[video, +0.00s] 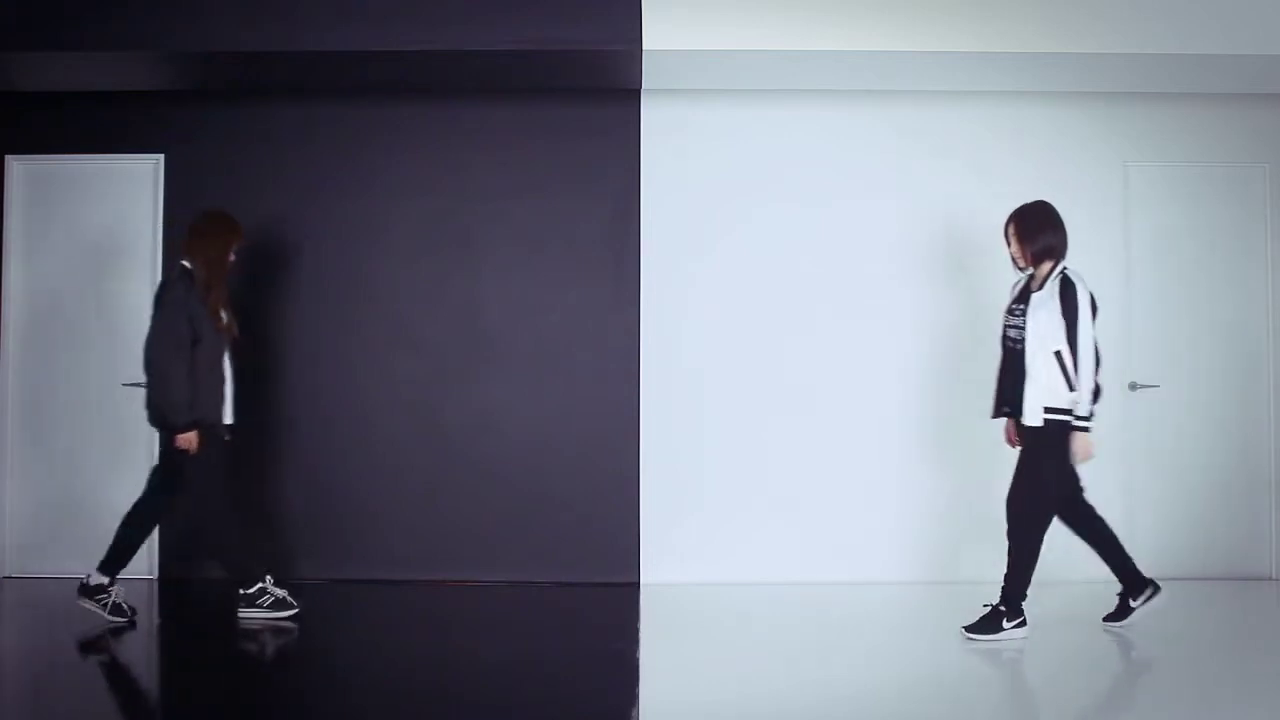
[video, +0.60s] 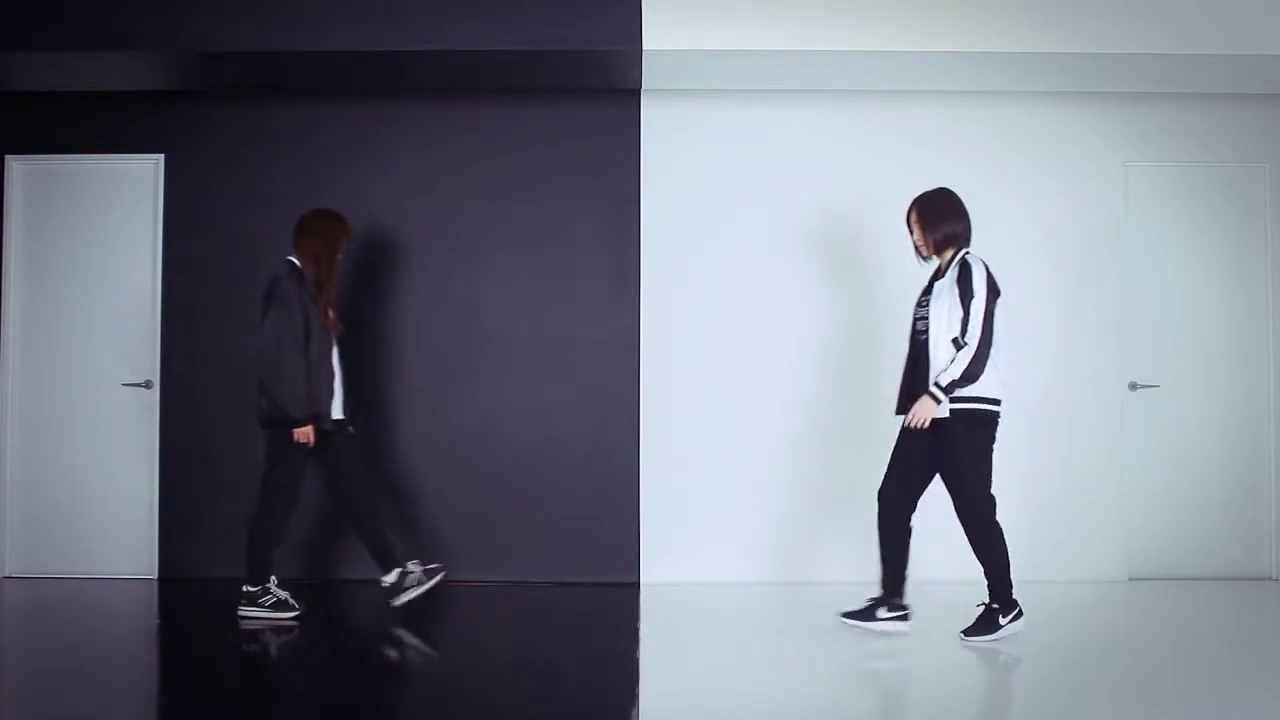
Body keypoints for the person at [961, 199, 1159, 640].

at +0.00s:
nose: (1011, 249)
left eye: (1017, 240)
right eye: (1009, 241)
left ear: (1040, 239)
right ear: (1018, 244)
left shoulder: (1070, 288)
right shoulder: (1023, 288)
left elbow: (1086, 356)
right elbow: (1015, 355)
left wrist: (1081, 424)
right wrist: (1010, 412)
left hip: (1056, 421)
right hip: (1031, 420)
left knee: (1024, 510)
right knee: (1070, 507)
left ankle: (1011, 608)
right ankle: (1136, 583)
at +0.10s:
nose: (993, 246)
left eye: (998, 236)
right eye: (991, 238)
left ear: (1022, 234)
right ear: (1002, 240)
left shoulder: (1054, 286)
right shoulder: (1005, 286)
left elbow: (1058, 357)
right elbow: (1000, 353)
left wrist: (1044, 419)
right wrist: (993, 412)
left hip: (1036, 417)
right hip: (1008, 415)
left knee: (1014, 509)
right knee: (1027, 509)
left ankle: (1009, 608)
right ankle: (1104, 571)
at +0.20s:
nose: (976, 243)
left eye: (981, 235)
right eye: (974, 235)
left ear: (1004, 232)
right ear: (993, 234)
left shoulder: (1036, 283)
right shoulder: (992, 282)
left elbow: (1033, 357)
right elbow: (987, 348)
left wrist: (1005, 413)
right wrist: (975, 403)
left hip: (1020, 415)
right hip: (986, 412)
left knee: (1006, 514)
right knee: (984, 513)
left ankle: (1008, 609)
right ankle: (1065, 556)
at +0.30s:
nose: (960, 243)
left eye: (964, 233)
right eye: (957, 235)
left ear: (988, 230)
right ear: (981, 233)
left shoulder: (1020, 276)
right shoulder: (977, 280)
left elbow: (1013, 349)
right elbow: (972, 347)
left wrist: (975, 402)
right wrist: (959, 400)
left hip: (1006, 413)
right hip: (972, 411)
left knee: (997, 512)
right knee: (947, 503)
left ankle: (1007, 608)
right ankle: (1022, 541)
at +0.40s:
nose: (944, 240)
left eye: (948, 230)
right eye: (942, 232)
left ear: (971, 227)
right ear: (960, 232)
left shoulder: (1004, 272)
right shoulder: (964, 279)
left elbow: (1000, 347)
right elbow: (958, 348)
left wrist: (955, 393)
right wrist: (943, 397)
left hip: (994, 411)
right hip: (958, 409)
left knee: (990, 511)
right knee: (918, 491)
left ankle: (1007, 607)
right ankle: (984, 541)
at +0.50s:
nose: (929, 239)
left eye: (933, 228)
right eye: (926, 230)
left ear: (957, 225)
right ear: (950, 230)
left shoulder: (989, 268)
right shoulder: (952, 277)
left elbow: (988, 345)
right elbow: (943, 347)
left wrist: (943, 389)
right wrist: (928, 395)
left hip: (982, 410)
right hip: (944, 407)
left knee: (981, 506)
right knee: (902, 487)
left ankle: (1005, 602)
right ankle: (938, 574)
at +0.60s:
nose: (913, 238)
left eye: (918, 228)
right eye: (911, 229)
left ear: (940, 225)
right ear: (933, 229)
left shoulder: (972, 269)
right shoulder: (936, 278)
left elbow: (975, 347)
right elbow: (935, 347)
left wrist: (935, 395)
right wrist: (918, 399)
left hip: (967, 413)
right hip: (928, 413)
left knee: (975, 508)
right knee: (893, 500)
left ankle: (1004, 602)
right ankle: (891, 601)